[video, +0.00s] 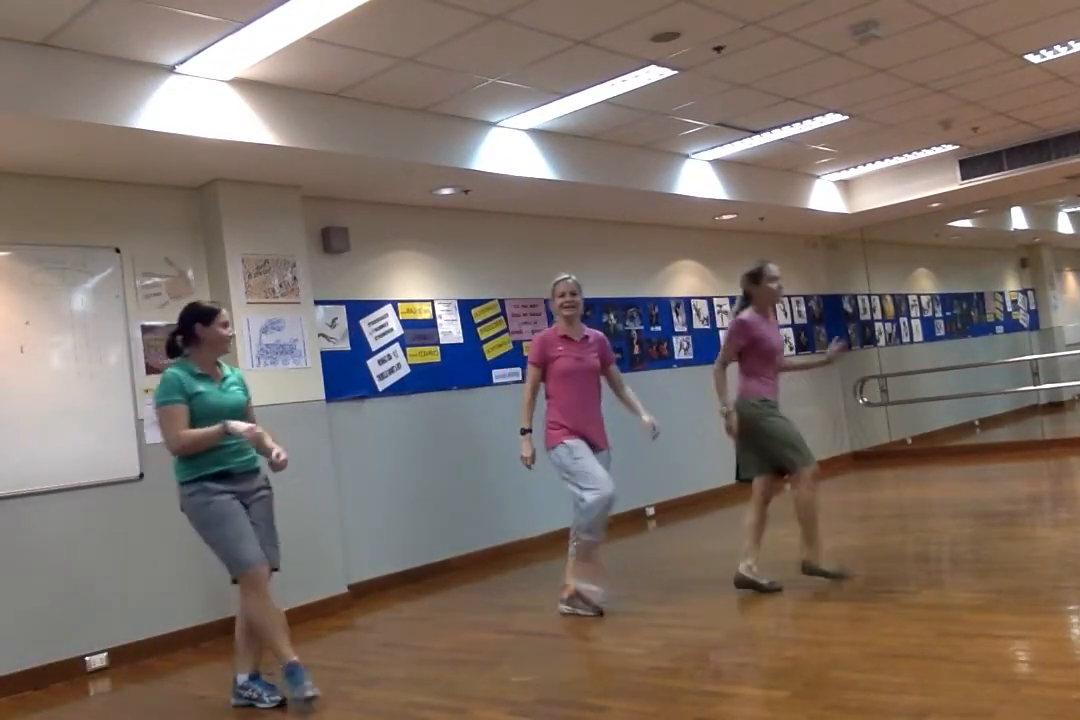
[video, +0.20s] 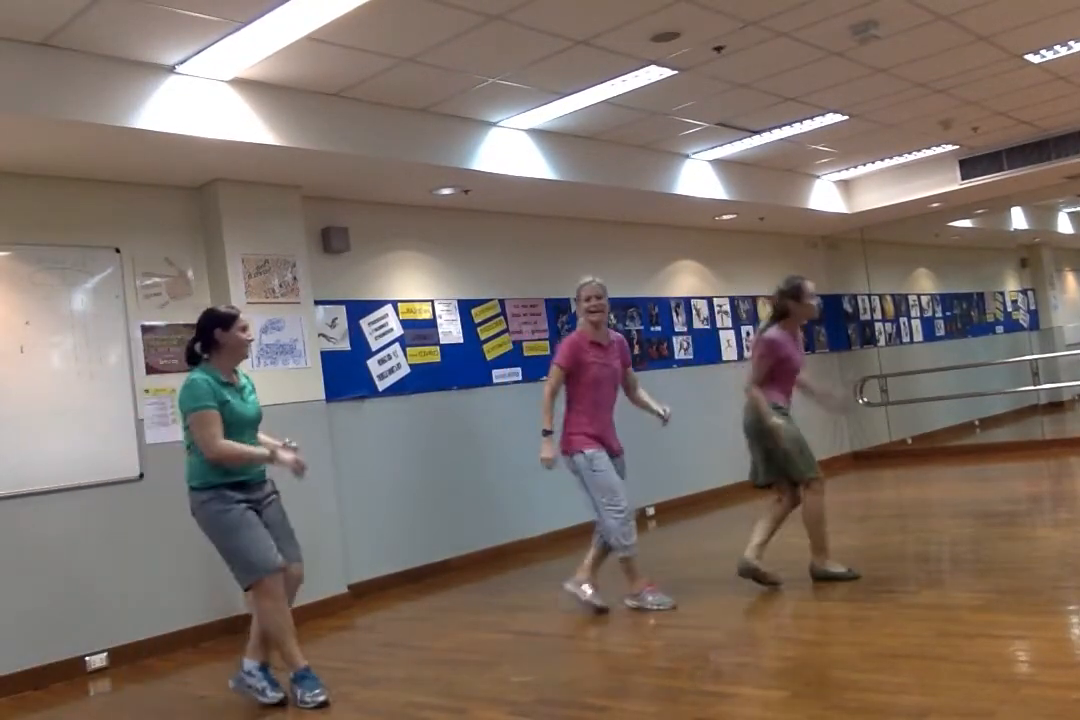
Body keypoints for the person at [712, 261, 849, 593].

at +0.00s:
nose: (780, 287)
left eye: (780, 281)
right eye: (773, 281)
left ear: (774, 287)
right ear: (753, 287)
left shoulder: (770, 321)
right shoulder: (743, 322)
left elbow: (779, 364)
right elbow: (720, 366)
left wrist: (825, 358)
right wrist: (725, 408)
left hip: (764, 407)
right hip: (753, 408)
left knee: (763, 489)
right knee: (805, 470)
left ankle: (747, 567)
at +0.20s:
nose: (816, 303)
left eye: (814, 298)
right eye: (810, 299)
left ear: (795, 305)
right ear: (791, 304)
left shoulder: (794, 336)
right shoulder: (771, 339)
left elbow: (794, 377)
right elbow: (752, 387)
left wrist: (826, 397)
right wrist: (771, 421)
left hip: (775, 413)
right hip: (768, 415)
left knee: (787, 494)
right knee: (813, 483)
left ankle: (750, 557)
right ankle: (821, 561)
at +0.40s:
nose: (830, 317)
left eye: (829, 311)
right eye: (827, 311)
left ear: (803, 314)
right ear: (812, 313)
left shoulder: (771, 330)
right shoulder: (794, 343)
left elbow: (737, 355)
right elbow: (796, 389)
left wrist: (715, 389)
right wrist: (840, 388)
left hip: (742, 414)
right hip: (756, 416)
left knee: (774, 484)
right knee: (802, 480)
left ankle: (734, 547)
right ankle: (820, 561)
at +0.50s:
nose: (824, 320)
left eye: (822, 314)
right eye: (819, 315)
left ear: (798, 317)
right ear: (804, 320)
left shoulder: (766, 326)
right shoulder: (791, 346)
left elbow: (721, 336)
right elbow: (802, 382)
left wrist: (692, 361)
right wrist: (838, 367)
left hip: (731, 414)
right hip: (745, 419)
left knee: (751, 486)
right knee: (786, 484)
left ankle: (727, 553)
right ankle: (819, 560)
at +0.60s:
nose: (811, 331)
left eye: (810, 325)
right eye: (807, 326)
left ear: (784, 325)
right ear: (792, 329)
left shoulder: (754, 331)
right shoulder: (781, 354)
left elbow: (709, 334)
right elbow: (796, 382)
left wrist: (678, 354)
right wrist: (831, 359)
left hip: (720, 420)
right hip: (735, 427)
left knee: (747, 490)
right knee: (774, 491)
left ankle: (725, 555)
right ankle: (817, 559)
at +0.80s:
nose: (778, 329)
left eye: (778, 323)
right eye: (775, 323)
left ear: (759, 322)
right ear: (761, 322)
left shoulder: (741, 343)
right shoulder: (745, 349)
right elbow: (735, 395)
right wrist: (771, 413)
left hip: (720, 420)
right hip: (714, 421)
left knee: (741, 491)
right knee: (754, 478)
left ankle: (725, 556)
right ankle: (765, 558)